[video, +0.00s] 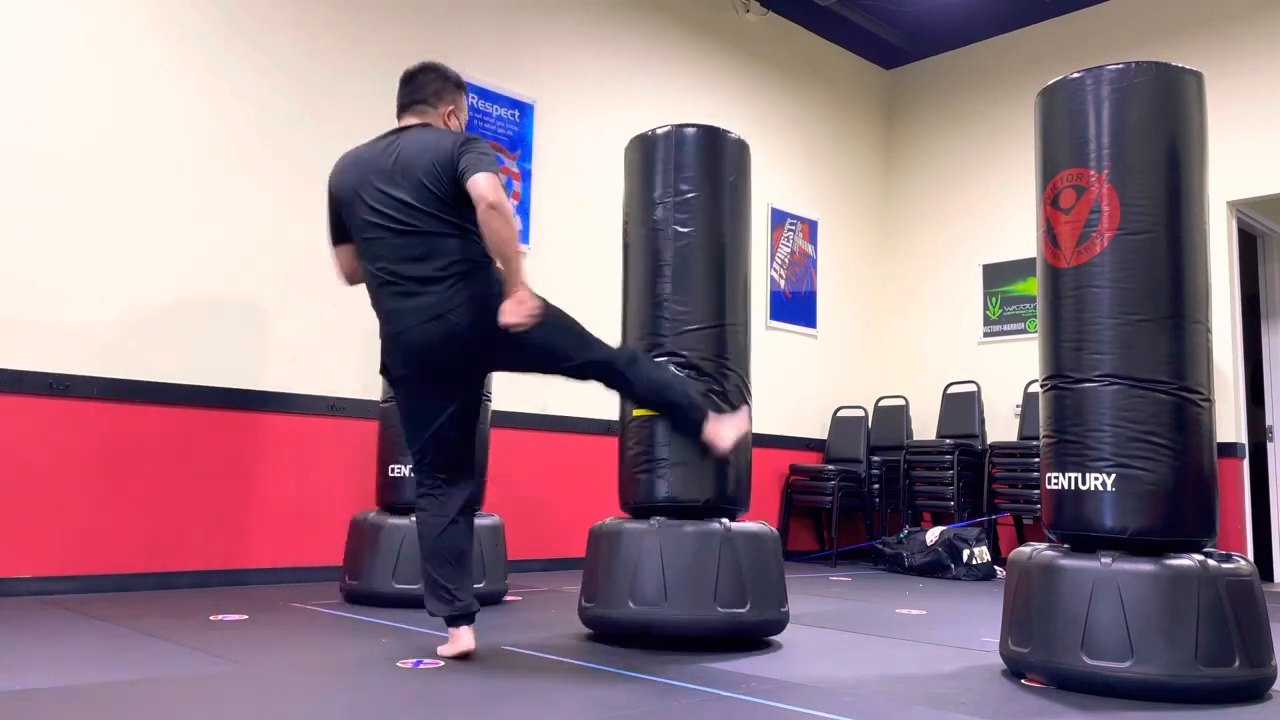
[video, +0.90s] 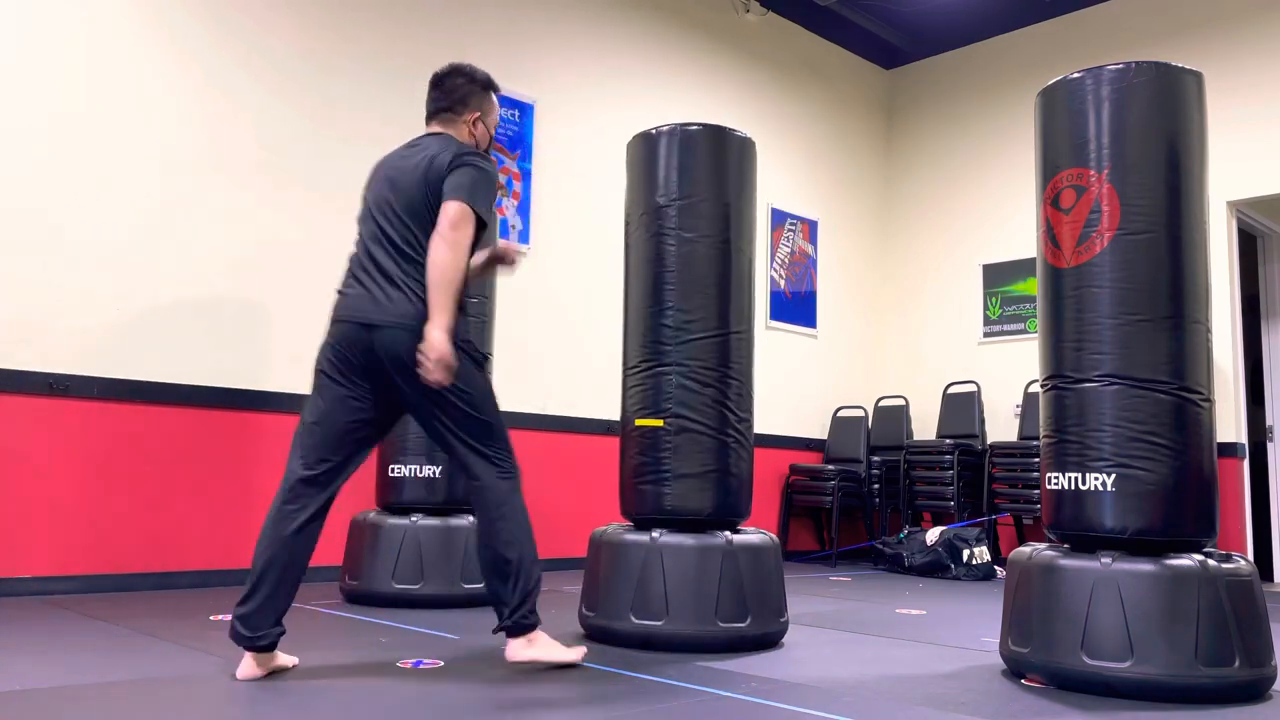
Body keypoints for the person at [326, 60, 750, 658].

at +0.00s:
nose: (464, 121)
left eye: (462, 114)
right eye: (464, 113)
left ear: (401, 110)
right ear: (450, 109)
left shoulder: (348, 169)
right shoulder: (460, 145)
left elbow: (351, 269)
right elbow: (487, 198)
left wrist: (405, 247)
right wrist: (516, 287)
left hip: (412, 346)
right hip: (486, 315)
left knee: (440, 484)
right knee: (604, 361)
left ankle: (458, 625)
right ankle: (709, 422)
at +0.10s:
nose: (462, 108)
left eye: (460, 101)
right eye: (462, 100)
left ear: (401, 98)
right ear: (450, 96)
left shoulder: (351, 160)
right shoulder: (458, 134)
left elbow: (314, 247)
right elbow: (509, 200)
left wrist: (378, 268)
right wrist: (554, 243)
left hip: (408, 331)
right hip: (476, 307)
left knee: (442, 476)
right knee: (583, 409)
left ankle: (452, 623)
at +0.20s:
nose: (470, 104)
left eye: (466, 95)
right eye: (467, 95)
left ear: (408, 100)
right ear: (455, 97)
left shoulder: (365, 159)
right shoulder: (472, 139)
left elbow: (317, 240)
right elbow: (532, 221)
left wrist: (378, 268)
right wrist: (547, 205)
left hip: (394, 324)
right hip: (457, 316)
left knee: (432, 475)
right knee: (491, 466)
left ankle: (439, 627)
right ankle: (449, 627)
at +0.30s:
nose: (482, 109)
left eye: (478, 100)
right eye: (480, 100)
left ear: (419, 103)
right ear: (469, 100)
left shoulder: (378, 158)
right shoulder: (488, 150)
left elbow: (344, 254)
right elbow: (543, 242)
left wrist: (403, 237)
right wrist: (505, 209)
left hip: (373, 317)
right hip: (436, 315)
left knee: (403, 467)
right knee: (425, 473)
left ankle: (414, 620)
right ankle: (420, 648)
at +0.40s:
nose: (486, 112)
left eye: (483, 103)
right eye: (486, 103)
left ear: (423, 100)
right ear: (472, 100)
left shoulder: (375, 150)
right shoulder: (484, 150)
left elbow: (374, 229)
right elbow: (526, 250)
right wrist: (503, 184)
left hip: (355, 312)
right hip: (422, 320)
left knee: (359, 476)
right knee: (426, 485)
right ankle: (421, 649)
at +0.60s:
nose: (480, 131)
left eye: (481, 121)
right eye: (481, 120)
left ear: (424, 107)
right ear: (465, 115)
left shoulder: (364, 156)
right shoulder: (458, 167)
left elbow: (374, 239)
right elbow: (476, 273)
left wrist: (452, 248)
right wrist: (477, 272)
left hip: (327, 316)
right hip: (401, 326)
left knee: (289, 473)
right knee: (442, 476)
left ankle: (251, 644)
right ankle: (427, 643)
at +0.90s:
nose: (492, 135)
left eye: (492, 125)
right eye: (492, 124)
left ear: (433, 114)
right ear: (476, 119)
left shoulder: (391, 163)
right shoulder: (468, 162)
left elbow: (419, 270)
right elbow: (450, 237)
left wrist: (484, 262)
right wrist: (438, 329)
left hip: (351, 332)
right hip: (420, 335)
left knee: (306, 483)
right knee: (493, 473)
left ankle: (256, 643)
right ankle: (523, 630)